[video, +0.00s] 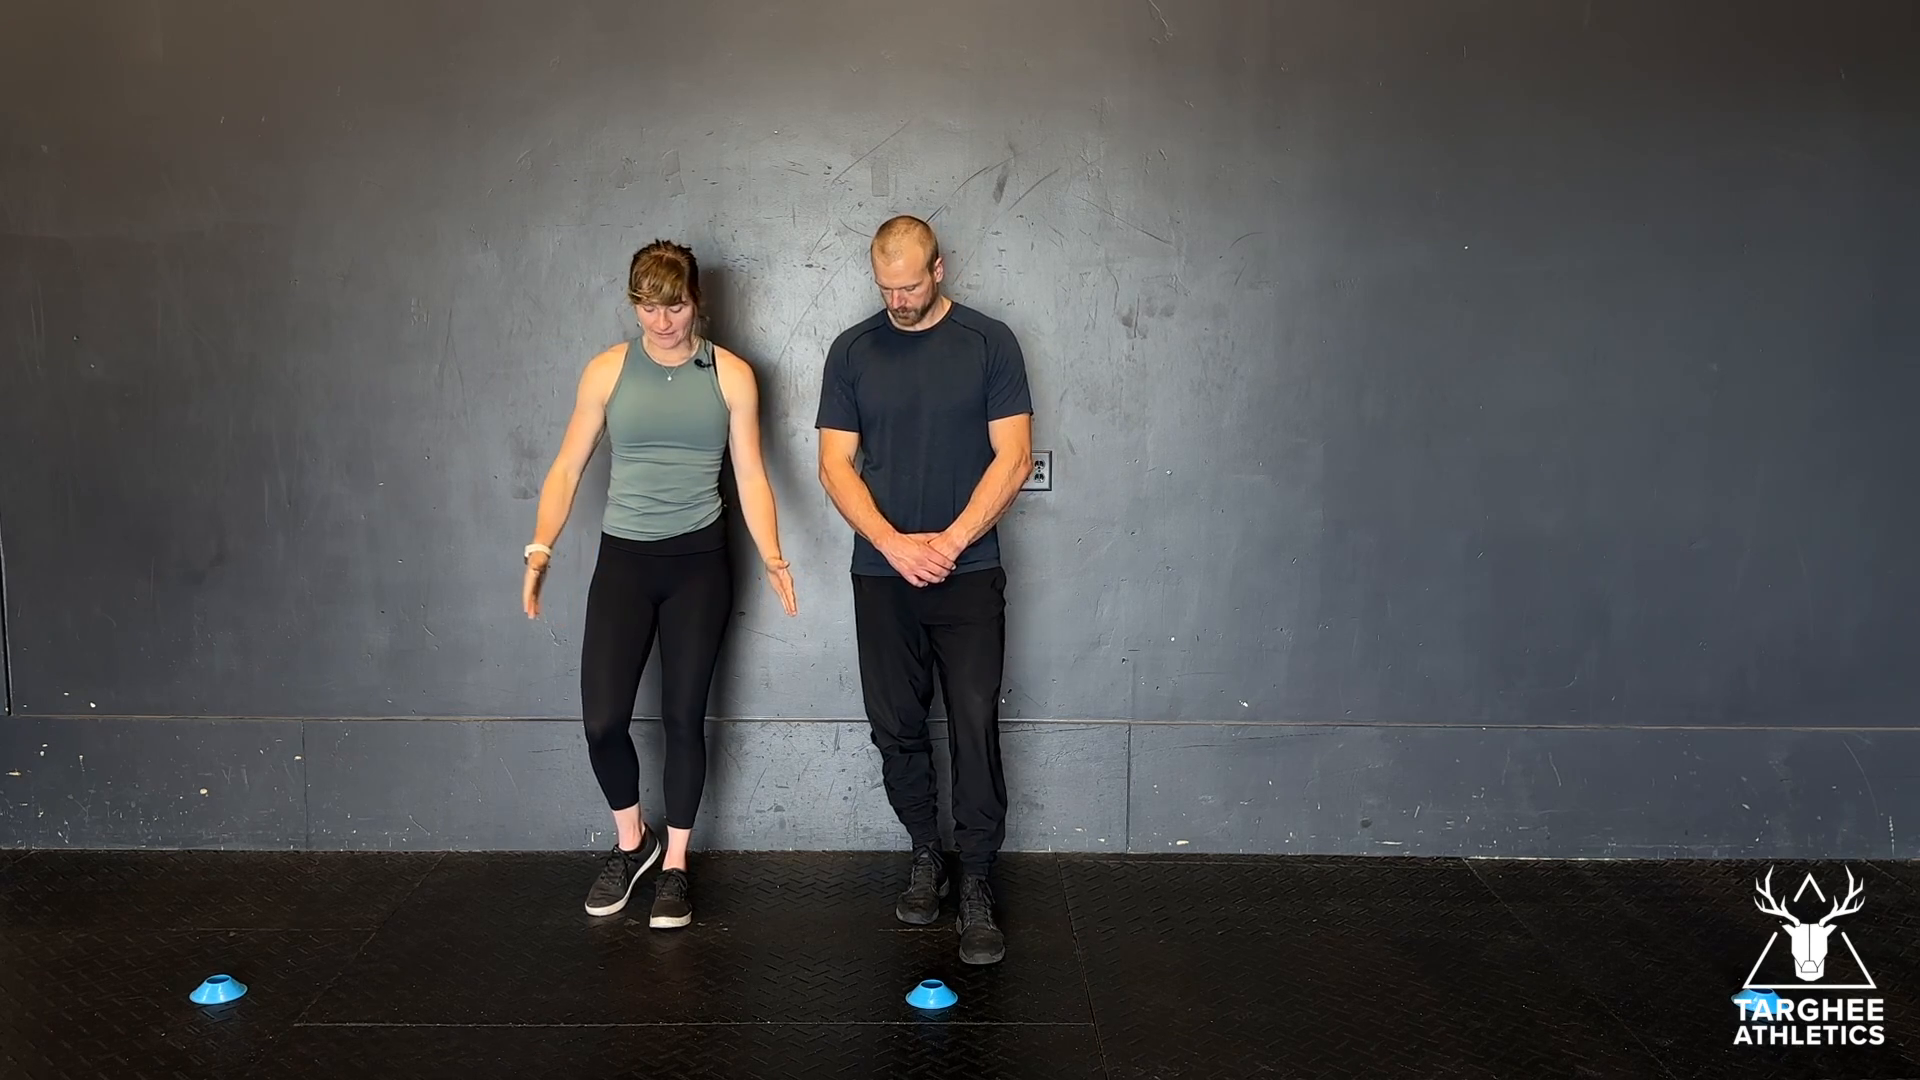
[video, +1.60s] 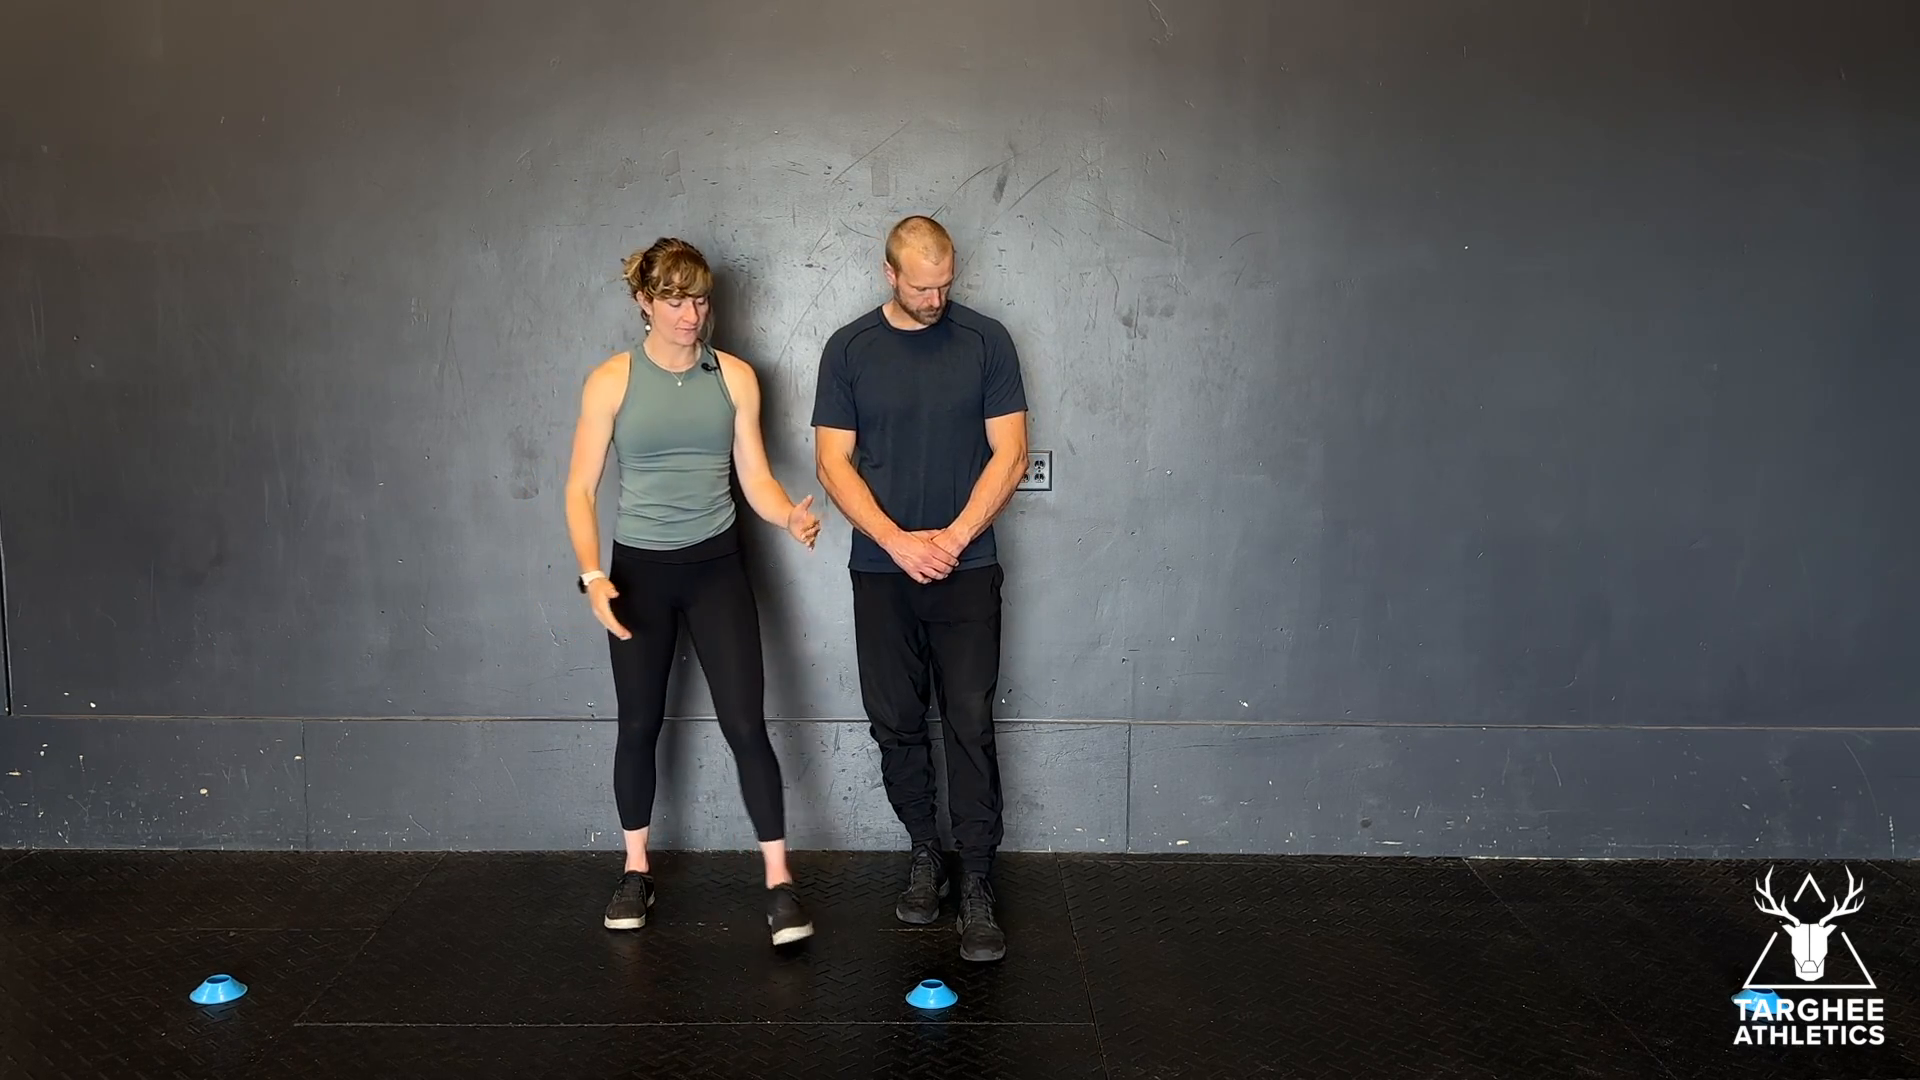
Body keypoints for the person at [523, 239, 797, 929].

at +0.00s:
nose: (664, 321)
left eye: (675, 308)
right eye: (651, 310)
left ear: (694, 303)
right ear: (635, 307)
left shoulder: (730, 375)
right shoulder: (607, 370)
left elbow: (751, 475)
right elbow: (567, 467)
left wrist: (773, 557)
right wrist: (538, 552)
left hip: (700, 561)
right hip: (623, 561)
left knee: (683, 714)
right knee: (602, 721)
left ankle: (675, 865)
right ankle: (631, 842)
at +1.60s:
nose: (690, 311)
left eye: (698, 297)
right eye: (674, 298)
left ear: (708, 300)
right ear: (645, 303)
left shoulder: (735, 378)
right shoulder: (611, 381)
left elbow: (755, 474)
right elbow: (581, 486)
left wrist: (788, 515)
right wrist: (592, 573)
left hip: (718, 568)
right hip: (639, 573)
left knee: (745, 724)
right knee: (639, 724)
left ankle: (780, 882)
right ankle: (636, 872)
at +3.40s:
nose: (640, 323)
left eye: (654, 311)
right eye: (636, 312)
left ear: (695, 315)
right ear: (635, 319)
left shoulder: (731, 402)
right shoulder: (615, 391)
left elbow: (759, 515)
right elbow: (553, 488)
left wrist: (773, 616)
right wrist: (483, 576)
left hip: (680, 588)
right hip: (602, 587)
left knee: (723, 746)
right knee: (540, 734)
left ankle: (785, 892)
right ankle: (502, 885)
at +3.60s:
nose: (576, 309)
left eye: (589, 295)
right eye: (564, 296)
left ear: (615, 301)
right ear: (552, 306)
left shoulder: (650, 389)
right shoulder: (528, 383)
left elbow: (670, 504)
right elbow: (482, 487)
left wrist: (680, 610)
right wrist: (422, 581)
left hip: (608, 580)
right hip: (528, 580)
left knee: (667, 739)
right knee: (510, 736)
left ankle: (744, 888)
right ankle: (504, 890)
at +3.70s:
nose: (552, 301)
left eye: (564, 287)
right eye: (537, 289)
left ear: (585, 295)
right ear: (521, 301)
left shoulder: (623, 385)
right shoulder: (497, 384)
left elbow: (641, 497)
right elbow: (454, 489)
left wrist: (646, 604)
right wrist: (399, 583)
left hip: (589, 577)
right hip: (507, 579)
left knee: (641, 737)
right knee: (504, 736)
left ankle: (712, 892)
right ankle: (503, 893)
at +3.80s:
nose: (531, 298)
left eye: (542, 284)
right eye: (516, 287)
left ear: (564, 293)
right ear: (499, 300)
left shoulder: (604, 382)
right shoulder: (476, 384)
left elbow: (621, 491)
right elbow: (437, 489)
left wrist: (627, 593)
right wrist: (386, 586)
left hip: (575, 576)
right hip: (492, 579)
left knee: (626, 735)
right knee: (495, 736)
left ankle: (693, 890)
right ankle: (504, 891)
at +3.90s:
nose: (517, 296)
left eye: (528, 282)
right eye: (502, 284)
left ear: (549, 291)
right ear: (485, 298)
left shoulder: (590, 379)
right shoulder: (463, 382)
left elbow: (609, 486)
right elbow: (428, 490)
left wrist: (619, 589)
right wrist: (381, 588)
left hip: (565, 573)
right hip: (482, 578)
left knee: (613, 732)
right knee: (491, 734)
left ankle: (676, 890)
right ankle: (504, 891)